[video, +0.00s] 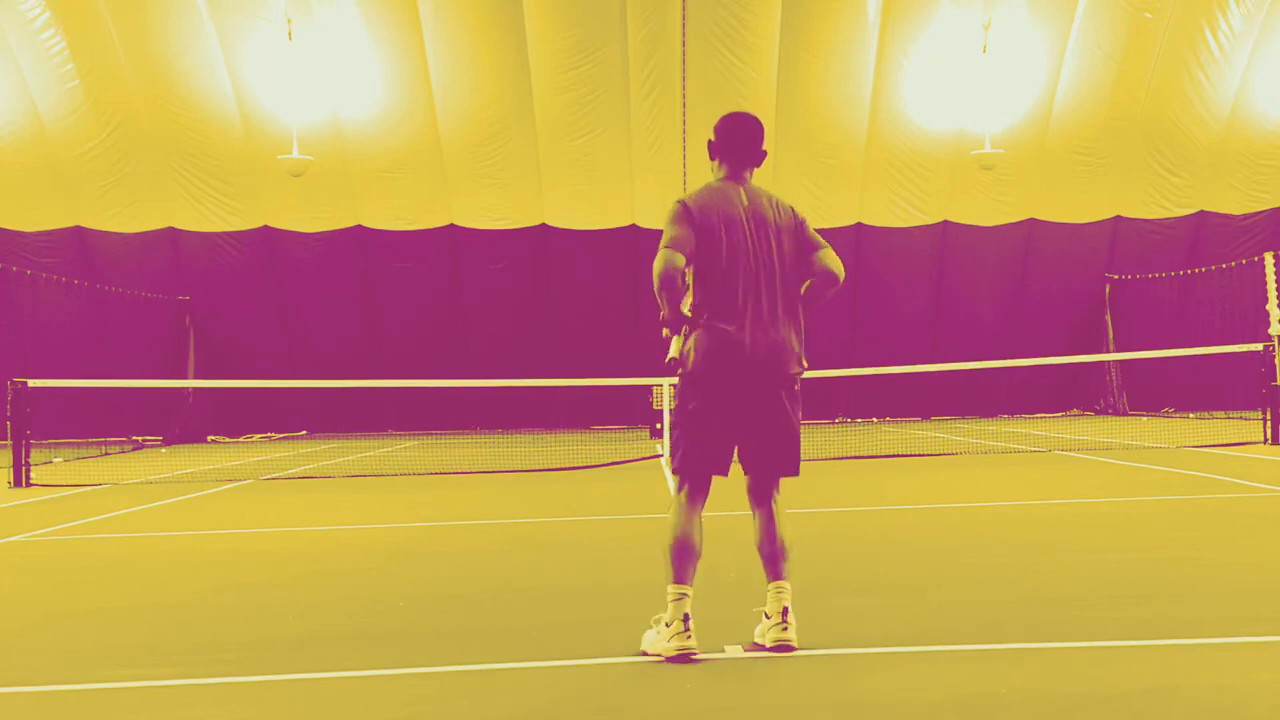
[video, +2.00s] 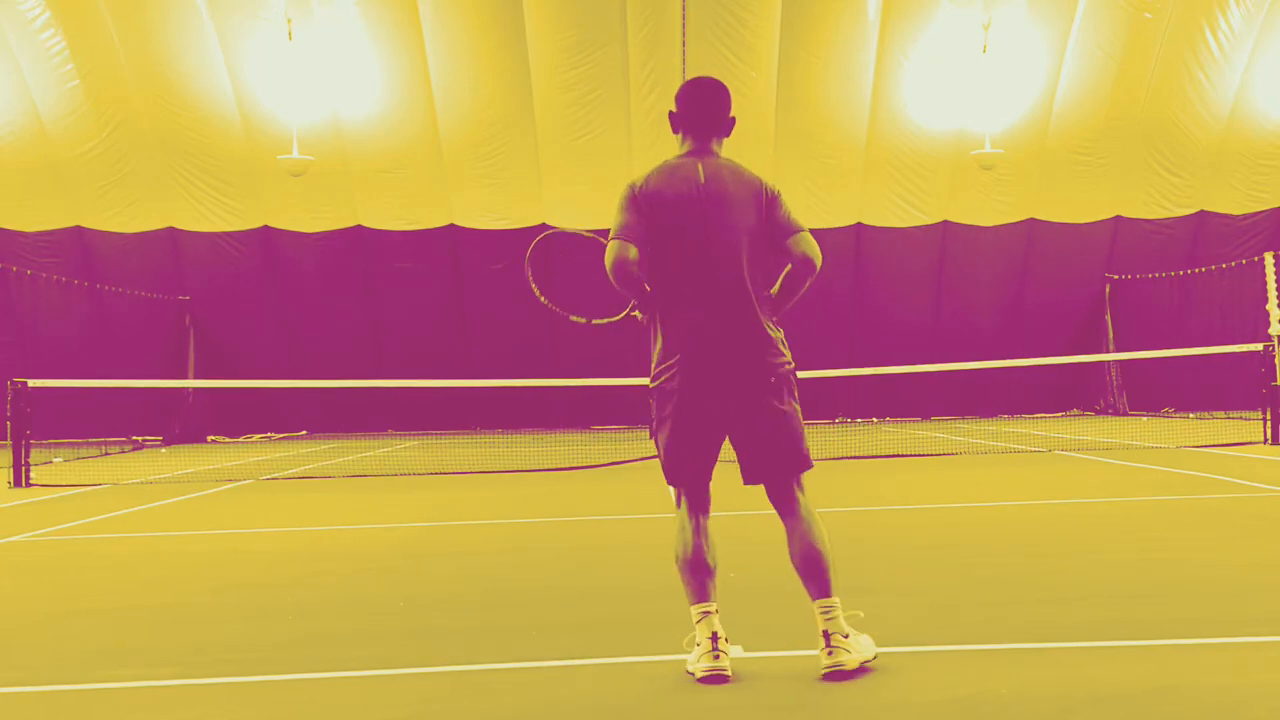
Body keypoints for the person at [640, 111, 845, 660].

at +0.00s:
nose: (713, 160)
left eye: (712, 152)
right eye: (727, 154)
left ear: (713, 153)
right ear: (762, 158)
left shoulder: (693, 207)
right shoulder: (786, 213)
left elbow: (667, 269)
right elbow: (831, 272)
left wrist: (673, 324)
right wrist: (788, 307)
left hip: (712, 363)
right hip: (775, 364)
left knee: (690, 495)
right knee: (765, 494)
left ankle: (678, 623)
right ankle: (781, 618)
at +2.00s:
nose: (710, 135)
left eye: (679, 126)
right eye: (722, 124)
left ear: (673, 125)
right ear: (729, 126)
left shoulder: (644, 189)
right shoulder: (756, 188)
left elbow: (618, 260)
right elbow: (809, 258)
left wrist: (646, 301)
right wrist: (770, 308)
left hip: (684, 366)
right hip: (759, 361)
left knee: (690, 503)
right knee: (791, 498)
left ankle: (709, 642)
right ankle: (835, 636)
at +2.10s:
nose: (707, 116)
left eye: (691, 102)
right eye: (725, 106)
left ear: (679, 107)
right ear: (734, 110)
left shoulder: (650, 171)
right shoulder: (764, 174)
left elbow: (628, 237)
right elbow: (810, 238)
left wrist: (652, 286)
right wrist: (772, 289)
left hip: (683, 351)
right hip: (756, 346)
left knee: (691, 492)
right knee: (780, 480)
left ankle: (705, 633)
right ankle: (808, 619)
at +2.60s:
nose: (688, 98)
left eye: (689, 88)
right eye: (700, 89)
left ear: (690, 92)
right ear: (744, 97)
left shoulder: (666, 147)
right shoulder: (772, 159)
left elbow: (649, 214)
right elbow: (817, 221)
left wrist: (654, 266)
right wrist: (777, 270)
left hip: (688, 326)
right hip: (759, 328)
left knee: (684, 470)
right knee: (762, 472)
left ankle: (690, 612)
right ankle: (773, 608)